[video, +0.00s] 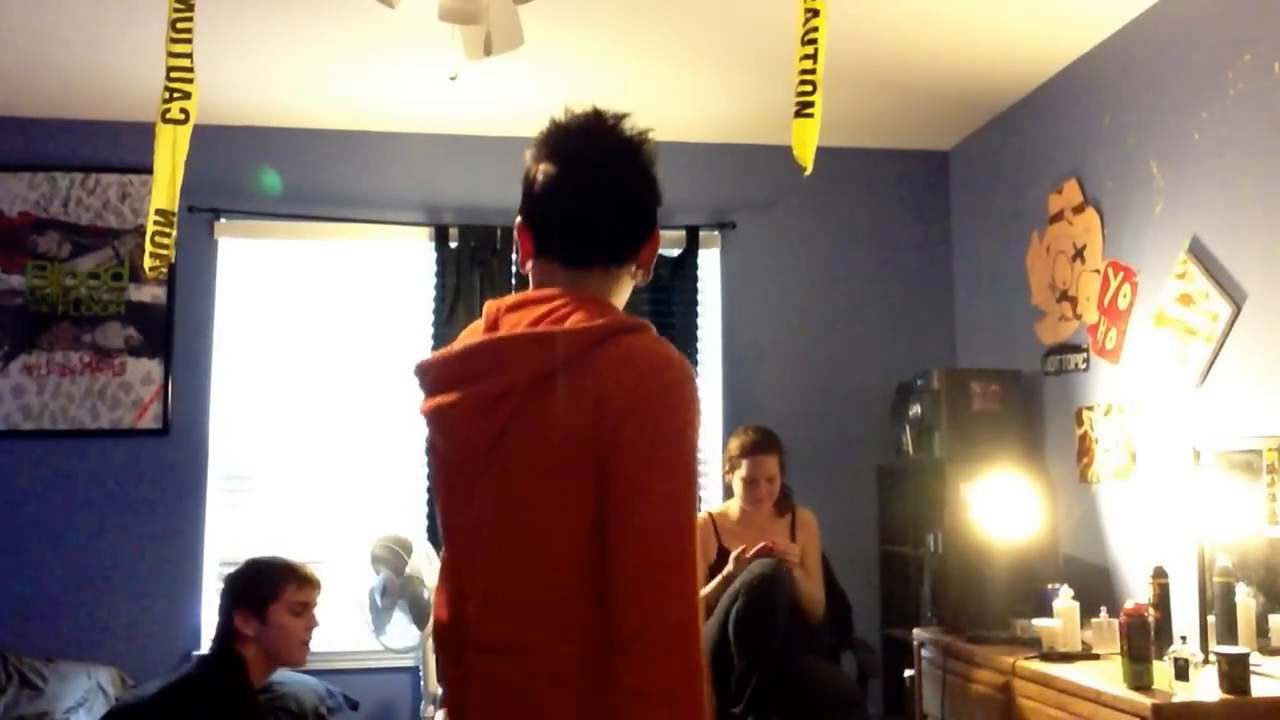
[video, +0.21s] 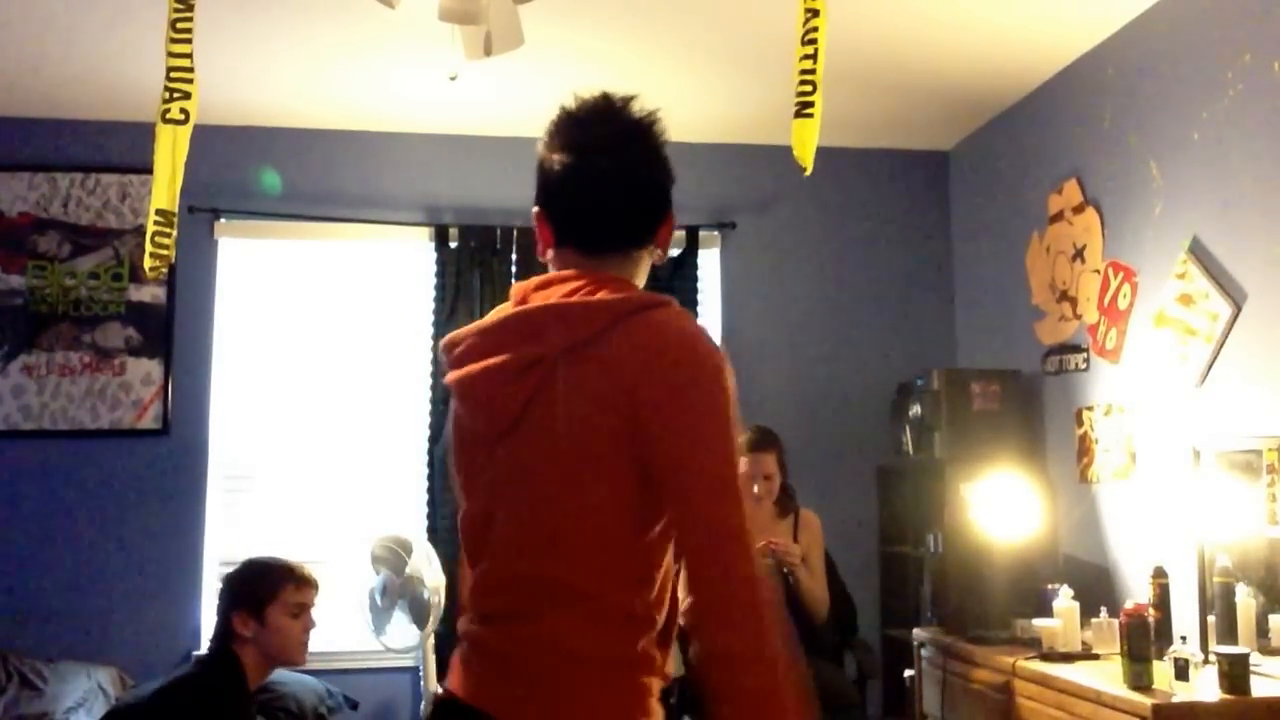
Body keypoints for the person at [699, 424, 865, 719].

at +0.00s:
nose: (761, 491)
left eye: (770, 480)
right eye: (750, 481)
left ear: (781, 479)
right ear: (730, 477)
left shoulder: (802, 522)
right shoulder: (708, 527)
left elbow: (817, 611)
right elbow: (692, 612)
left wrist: (795, 570)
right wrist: (730, 575)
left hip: (791, 648)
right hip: (721, 656)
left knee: (842, 696)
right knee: (767, 576)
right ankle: (750, 708)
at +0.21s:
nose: (757, 489)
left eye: (767, 478)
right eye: (748, 478)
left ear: (781, 478)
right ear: (733, 477)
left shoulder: (804, 523)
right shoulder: (719, 524)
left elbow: (820, 610)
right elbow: (688, 612)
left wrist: (796, 568)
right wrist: (744, 565)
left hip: (788, 652)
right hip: (730, 652)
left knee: (840, 696)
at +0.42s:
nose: (755, 488)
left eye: (765, 478)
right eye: (745, 477)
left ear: (781, 478)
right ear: (730, 476)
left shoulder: (806, 522)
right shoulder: (722, 526)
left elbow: (822, 611)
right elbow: (710, 591)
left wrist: (801, 568)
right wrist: (747, 566)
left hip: (794, 653)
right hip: (737, 652)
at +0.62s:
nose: (745, 486)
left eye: (757, 476)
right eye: (737, 475)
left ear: (779, 476)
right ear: (727, 475)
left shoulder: (806, 523)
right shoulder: (717, 523)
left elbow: (823, 612)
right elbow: (703, 604)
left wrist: (801, 569)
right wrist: (732, 572)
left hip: (794, 637)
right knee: (761, 576)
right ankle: (745, 698)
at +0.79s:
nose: (748, 484)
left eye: (755, 474)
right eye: (741, 475)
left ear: (777, 474)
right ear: (727, 479)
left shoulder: (805, 522)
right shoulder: (715, 525)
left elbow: (822, 611)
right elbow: (688, 617)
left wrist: (801, 571)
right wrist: (742, 569)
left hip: (795, 655)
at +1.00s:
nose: (738, 483)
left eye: (749, 473)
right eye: (731, 473)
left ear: (776, 472)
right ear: (723, 475)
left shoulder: (806, 523)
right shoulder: (707, 528)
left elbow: (822, 611)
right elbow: (689, 617)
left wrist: (801, 571)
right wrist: (733, 574)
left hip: (789, 652)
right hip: (719, 656)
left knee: (836, 697)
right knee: (758, 577)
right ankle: (750, 705)